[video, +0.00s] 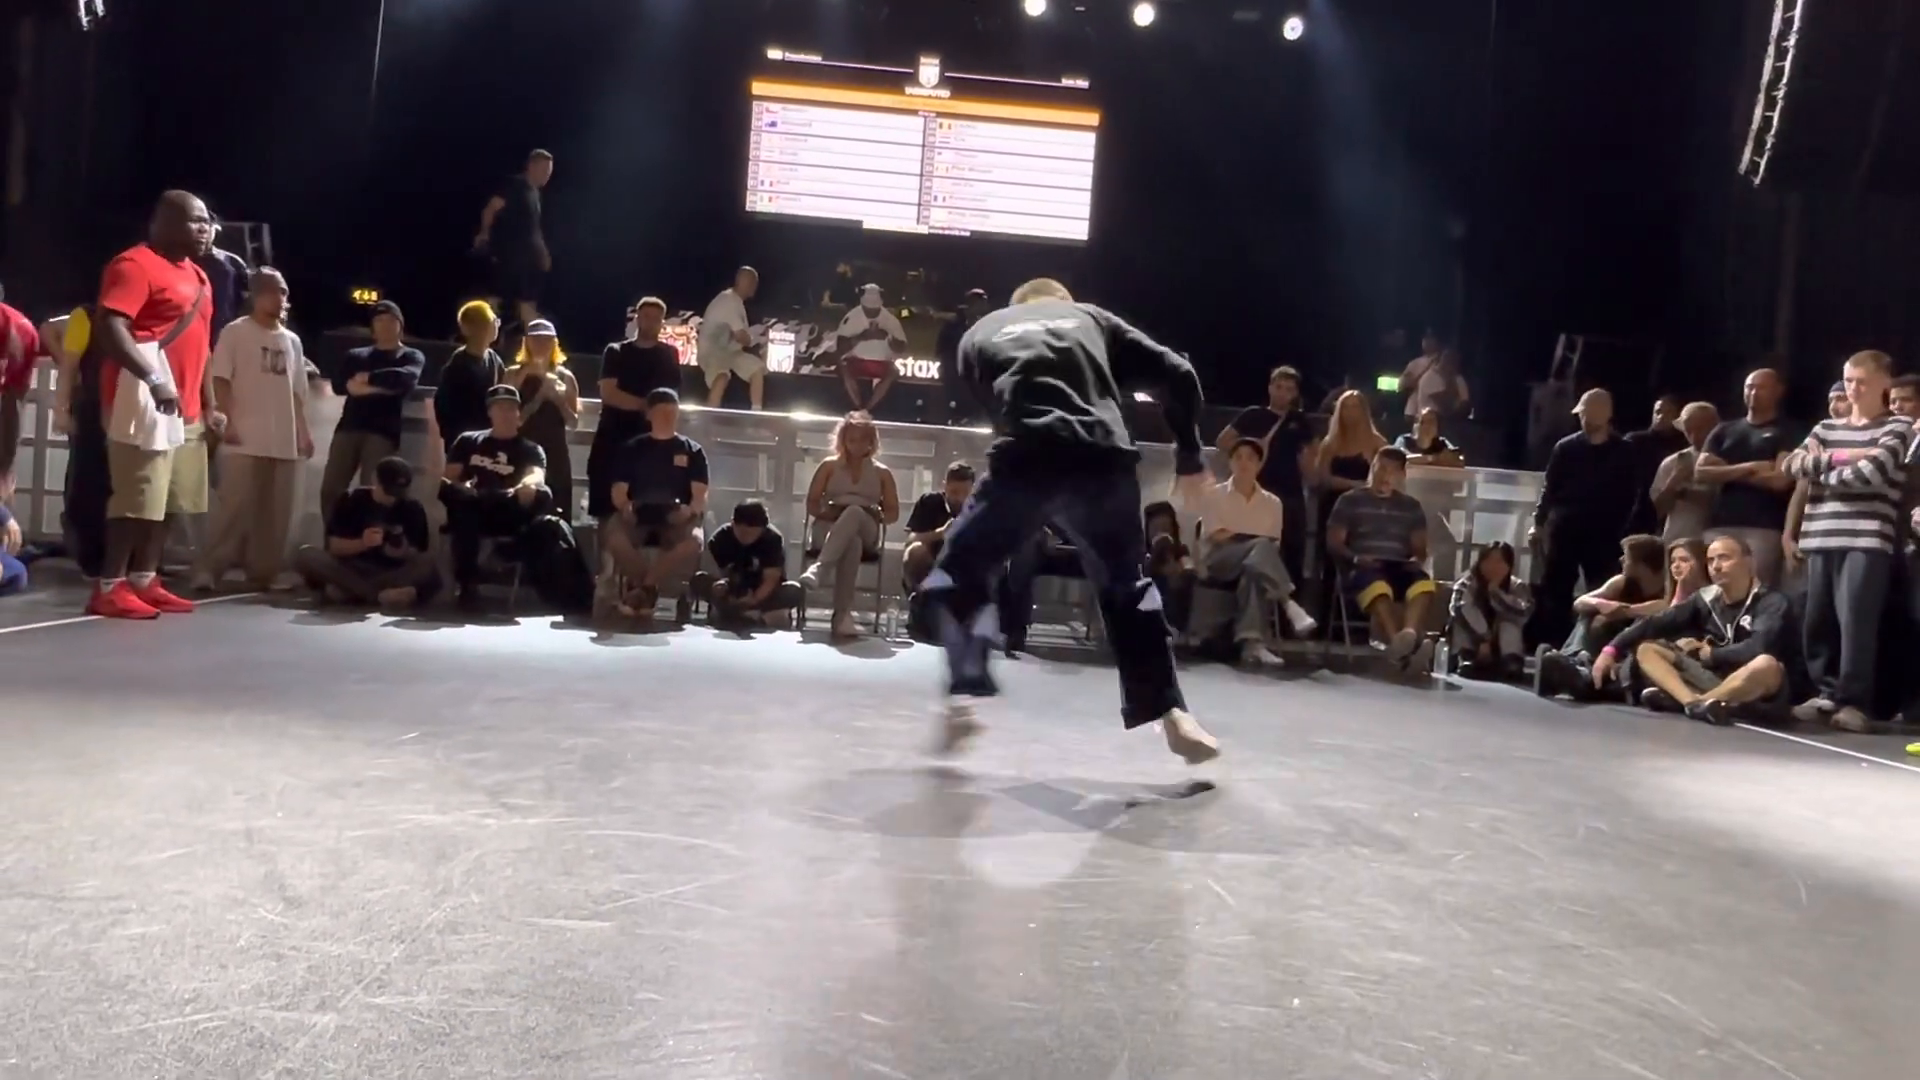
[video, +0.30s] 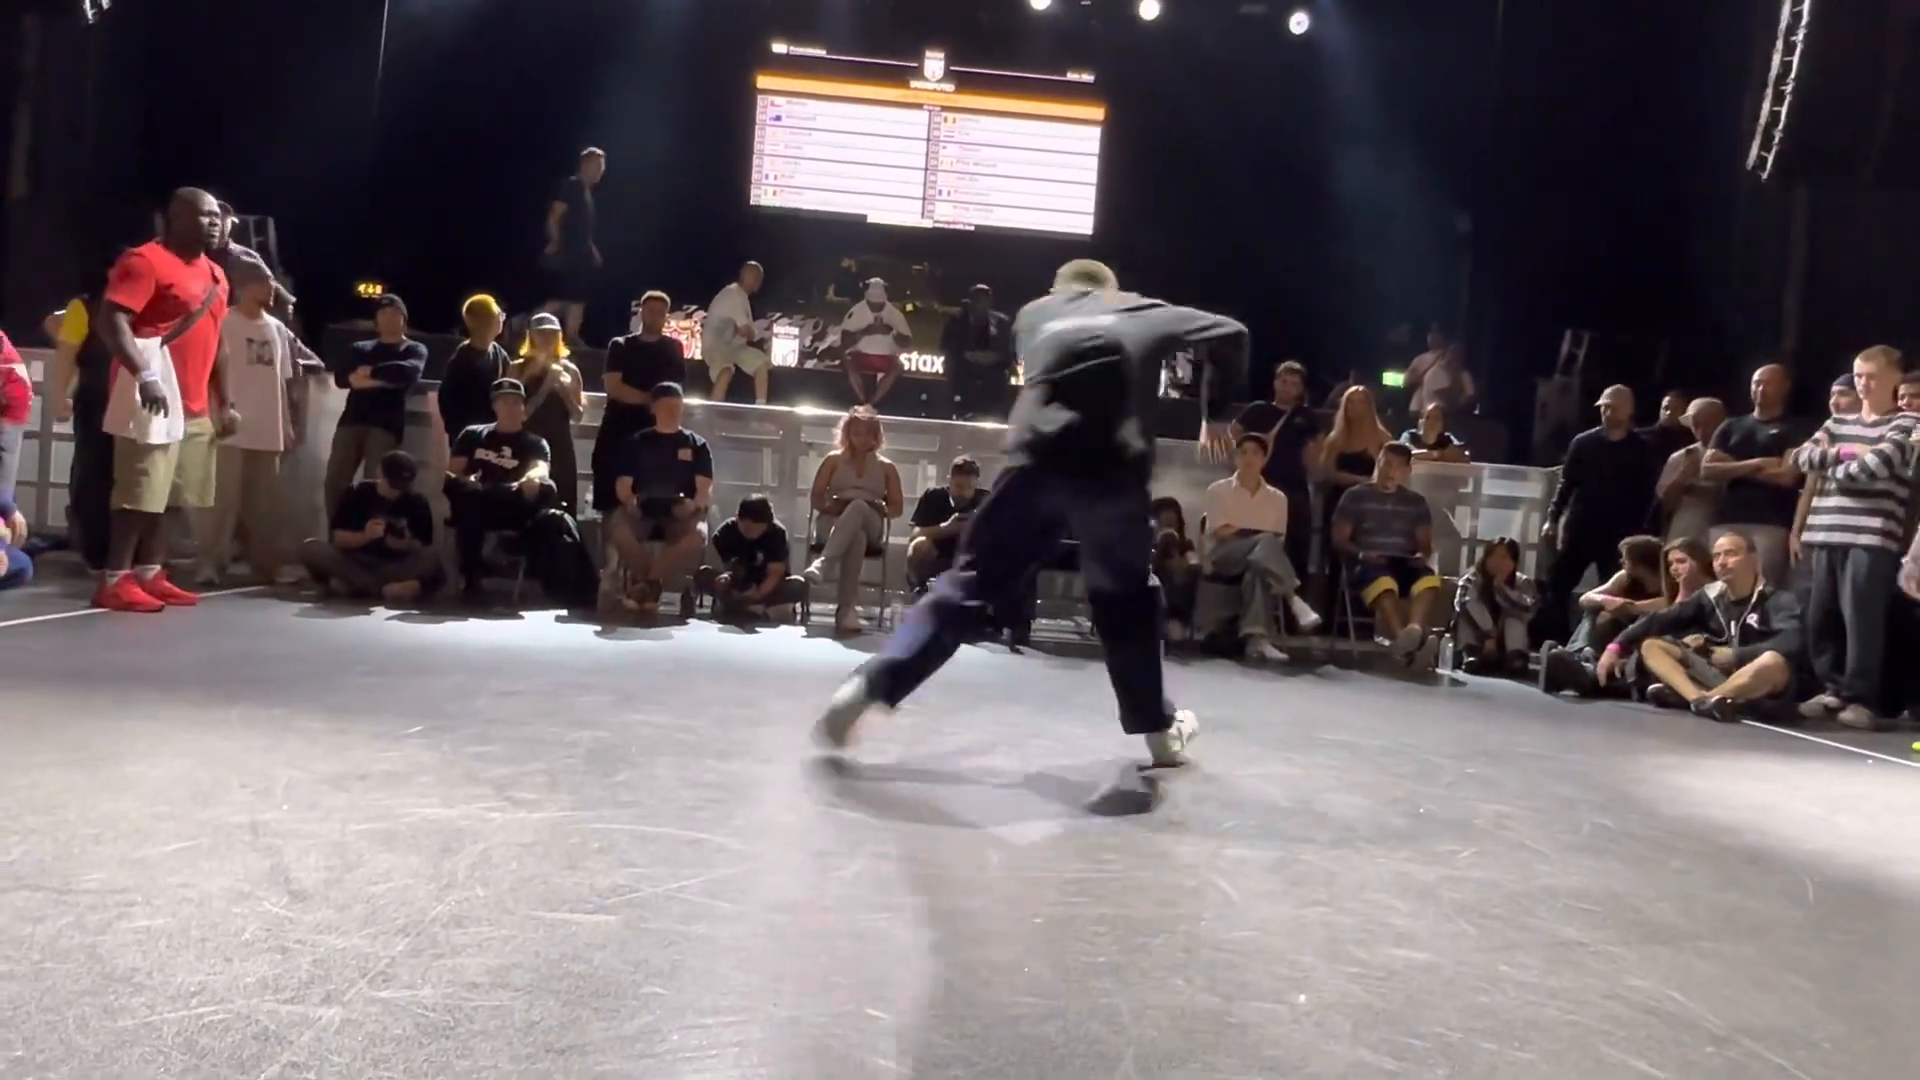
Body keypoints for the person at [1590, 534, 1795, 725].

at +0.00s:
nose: (1715, 567)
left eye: (1724, 559)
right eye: (1711, 561)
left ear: (1748, 562)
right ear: (1707, 567)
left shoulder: (1772, 602)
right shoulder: (1705, 598)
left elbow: (1758, 648)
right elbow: (1659, 623)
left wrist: (1710, 654)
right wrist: (1612, 651)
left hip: (1762, 692)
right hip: (1716, 682)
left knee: (1766, 665)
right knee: (1646, 650)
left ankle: (1696, 703)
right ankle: (1694, 704)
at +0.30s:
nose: (1721, 562)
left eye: (1730, 555)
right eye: (1716, 557)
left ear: (1753, 559)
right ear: (1712, 563)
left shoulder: (1778, 600)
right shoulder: (1709, 596)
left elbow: (1792, 642)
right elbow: (1662, 620)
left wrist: (1735, 655)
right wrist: (1616, 647)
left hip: (1764, 685)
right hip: (1719, 679)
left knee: (1773, 662)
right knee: (1650, 647)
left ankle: (1705, 699)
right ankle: (1700, 700)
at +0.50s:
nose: (1725, 560)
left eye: (1734, 553)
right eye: (1721, 555)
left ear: (1757, 558)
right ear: (1717, 562)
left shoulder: (1781, 598)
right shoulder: (1712, 596)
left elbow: (1812, 633)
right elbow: (1666, 620)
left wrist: (1757, 642)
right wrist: (1620, 646)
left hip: (1770, 689)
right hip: (1724, 678)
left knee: (1775, 661)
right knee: (1654, 647)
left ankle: (1704, 700)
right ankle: (1704, 699)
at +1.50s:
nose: (1761, 557)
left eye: (1766, 549)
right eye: (1751, 551)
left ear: (1773, 555)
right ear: (1736, 561)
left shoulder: (1794, 594)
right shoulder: (1724, 592)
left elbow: (1795, 631)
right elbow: (1677, 615)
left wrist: (1767, 654)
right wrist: (1635, 640)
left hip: (1775, 671)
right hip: (1731, 669)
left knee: (1792, 663)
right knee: (1666, 642)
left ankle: (1717, 695)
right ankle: (1712, 696)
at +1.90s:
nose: (1762, 559)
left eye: (1765, 552)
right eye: (1752, 554)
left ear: (1771, 553)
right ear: (1732, 562)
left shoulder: (1793, 590)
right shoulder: (1721, 591)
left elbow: (1795, 628)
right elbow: (1671, 614)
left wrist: (1754, 656)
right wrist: (1658, 633)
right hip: (1729, 667)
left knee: (1793, 661)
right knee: (1663, 643)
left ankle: (1718, 694)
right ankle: (1714, 694)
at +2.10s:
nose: (1758, 558)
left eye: (1762, 550)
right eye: (1748, 552)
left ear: (1770, 554)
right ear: (1732, 561)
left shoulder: (1792, 593)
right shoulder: (1722, 591)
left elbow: (1768, 633)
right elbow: (1669, 616)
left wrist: (1717, 655)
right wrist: (1685, 638)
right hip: (1728, 674)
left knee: (1789, 659)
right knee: (1658, 637)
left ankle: (1717, 694)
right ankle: (1713, 694)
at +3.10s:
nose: (1760, 558)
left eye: (1767, 551)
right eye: (1752, 552)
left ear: (1776, 557)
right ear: (1738, 560)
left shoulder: (1795, 592)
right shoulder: (1728, 590)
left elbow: (1794, 629)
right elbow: (1680, 610)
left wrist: (1742, 649)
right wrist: (1667, 624)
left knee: (1788, 659)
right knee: (1661, 637)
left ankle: (1712, 697)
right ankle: (1711, 694)